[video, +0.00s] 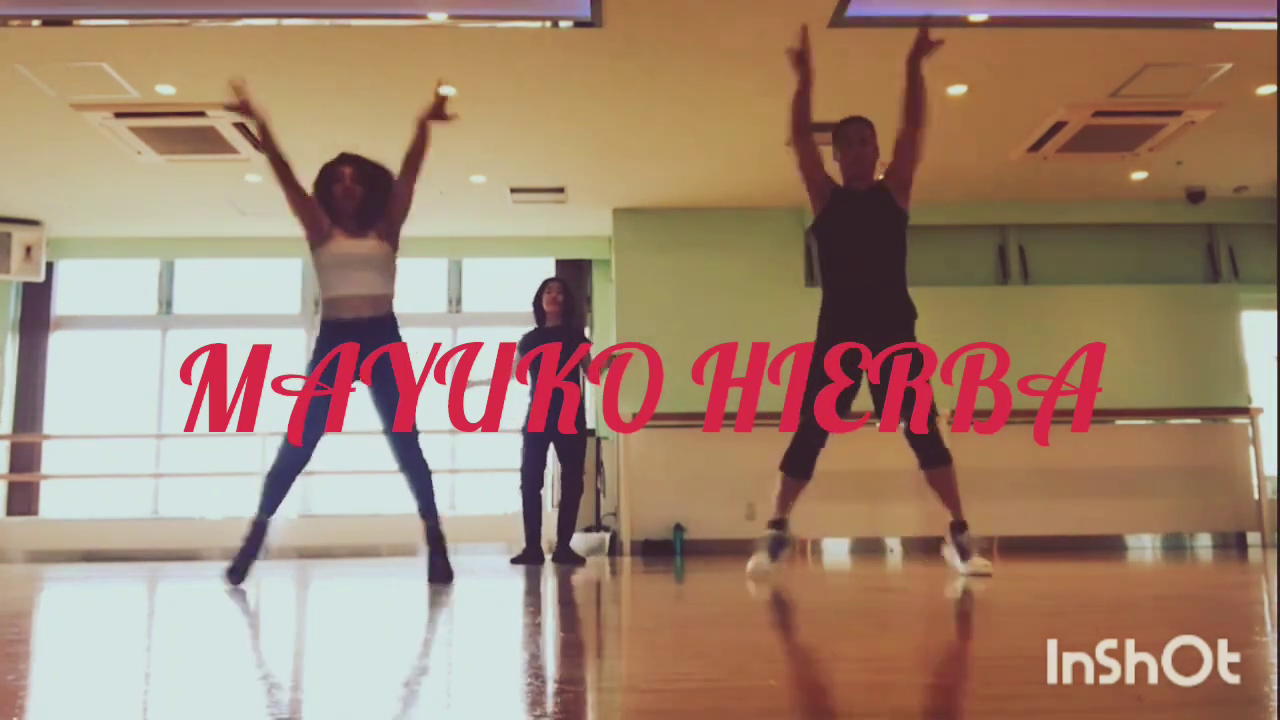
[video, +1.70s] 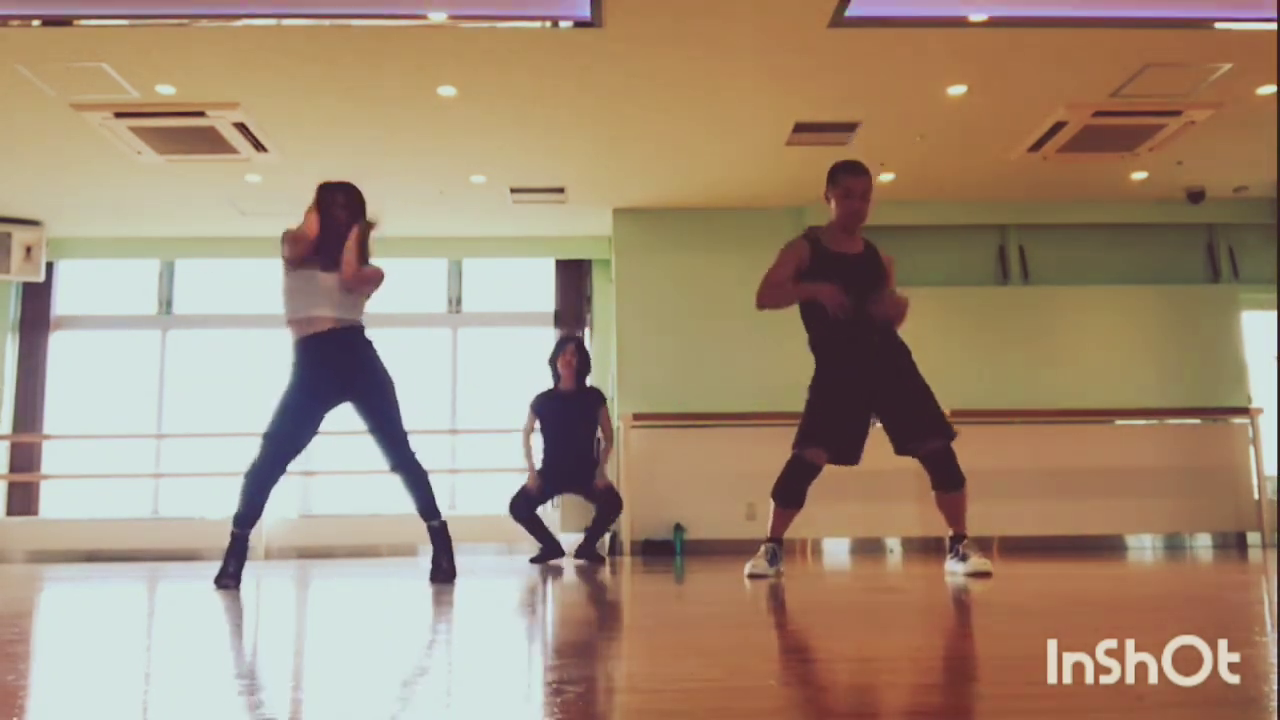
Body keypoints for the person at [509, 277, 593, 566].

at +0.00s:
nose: (554, 297)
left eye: (560, 292)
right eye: (549, 292)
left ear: (568, 300)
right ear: (540, 300)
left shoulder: (578, 338)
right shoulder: (530, 338)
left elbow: (593, 376)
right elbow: (520, 376)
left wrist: (600, 361)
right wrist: (524, 357)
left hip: (571, 418)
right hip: (538, 417)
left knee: (573, 483)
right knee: (530, 483)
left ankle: (563, 547)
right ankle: (532, 547)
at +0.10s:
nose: (555, 299)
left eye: (561, 295)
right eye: (550, 294)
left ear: (568, 302)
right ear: (541, 300)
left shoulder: (574, 339)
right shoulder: (528, 336)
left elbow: (600, 376)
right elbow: (507, 374)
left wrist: (629, 369)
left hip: (574, 420)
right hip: (541, 420)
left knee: (575, 486)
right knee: (530, 486)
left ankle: (563, 548)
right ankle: (533, 548)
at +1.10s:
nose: (556, 301)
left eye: (561, 297)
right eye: (551, 297)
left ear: (569, 304)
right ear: (542, 305)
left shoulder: (580, 336)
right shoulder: (530, 341)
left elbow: (600, 367)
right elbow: (511, 364)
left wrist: (619, 388)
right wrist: (499, 379)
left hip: (568, 421)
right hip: (535, 420)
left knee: (574, 485)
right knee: (523, 483)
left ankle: (563, 548)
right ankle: (531, 548)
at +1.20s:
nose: (559, 288)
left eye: (563, 284)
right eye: (554, 283)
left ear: (569, 290)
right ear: (544, 288)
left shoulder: (580, 320)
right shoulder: (531, 322)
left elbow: (581, 359)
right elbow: (525, 363)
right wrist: (537, 396)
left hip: (571, 402)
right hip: (541, 402)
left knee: (572, 474)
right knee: (534, 474)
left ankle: (567, 541)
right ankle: (533, 543)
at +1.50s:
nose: (562, 322)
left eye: (568, 317)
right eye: (557, 317)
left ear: (577, 324)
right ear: (548, 324)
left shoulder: (589, 359)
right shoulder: (538, 364)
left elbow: (598, 400)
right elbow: (528, 401)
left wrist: (570, 416)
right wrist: (549, 421)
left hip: (582, 431)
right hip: (551, 430)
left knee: (598, 490)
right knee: (536, 491)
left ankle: (585, 547)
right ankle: (553, 547)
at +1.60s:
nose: (565, 340)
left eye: (571, 335)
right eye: (560, 335)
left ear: (579, 343)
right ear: (552, 343)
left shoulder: (591, 379)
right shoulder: (541, 383)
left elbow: (601, 422)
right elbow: (530, 424)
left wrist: (586, 448)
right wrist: (541, 451)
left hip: (583, 451)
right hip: (551, 452)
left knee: (607, 500)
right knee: (526, 503)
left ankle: (586, 548)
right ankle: (552, 548)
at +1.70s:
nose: (569, 359)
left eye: (574, 355)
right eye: (563, 354)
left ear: (583, 361)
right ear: (555, 361)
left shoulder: (593, 397)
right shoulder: (543, 400)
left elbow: (608, 436)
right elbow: (527, 433)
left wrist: (601, 470)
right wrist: (532, 471)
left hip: (584, 474)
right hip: (552, 474)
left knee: (612, 504)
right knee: (519, 507)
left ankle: (587, 546)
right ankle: (551, 546)